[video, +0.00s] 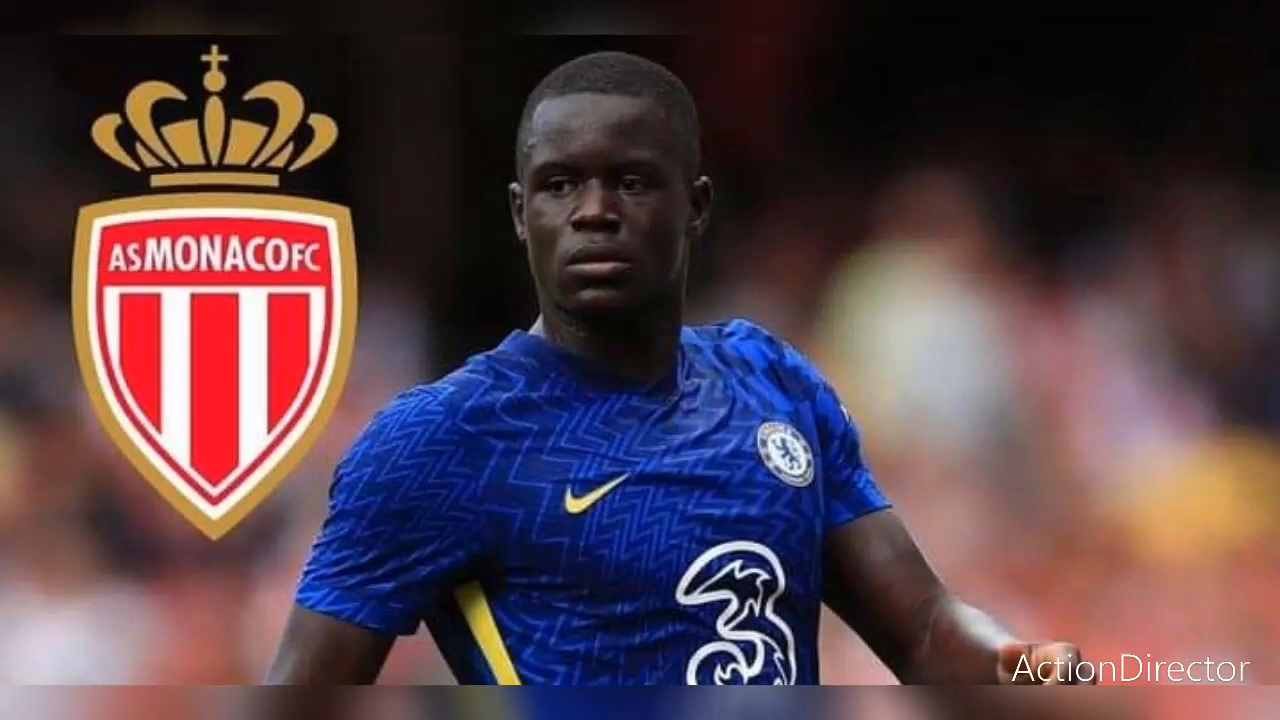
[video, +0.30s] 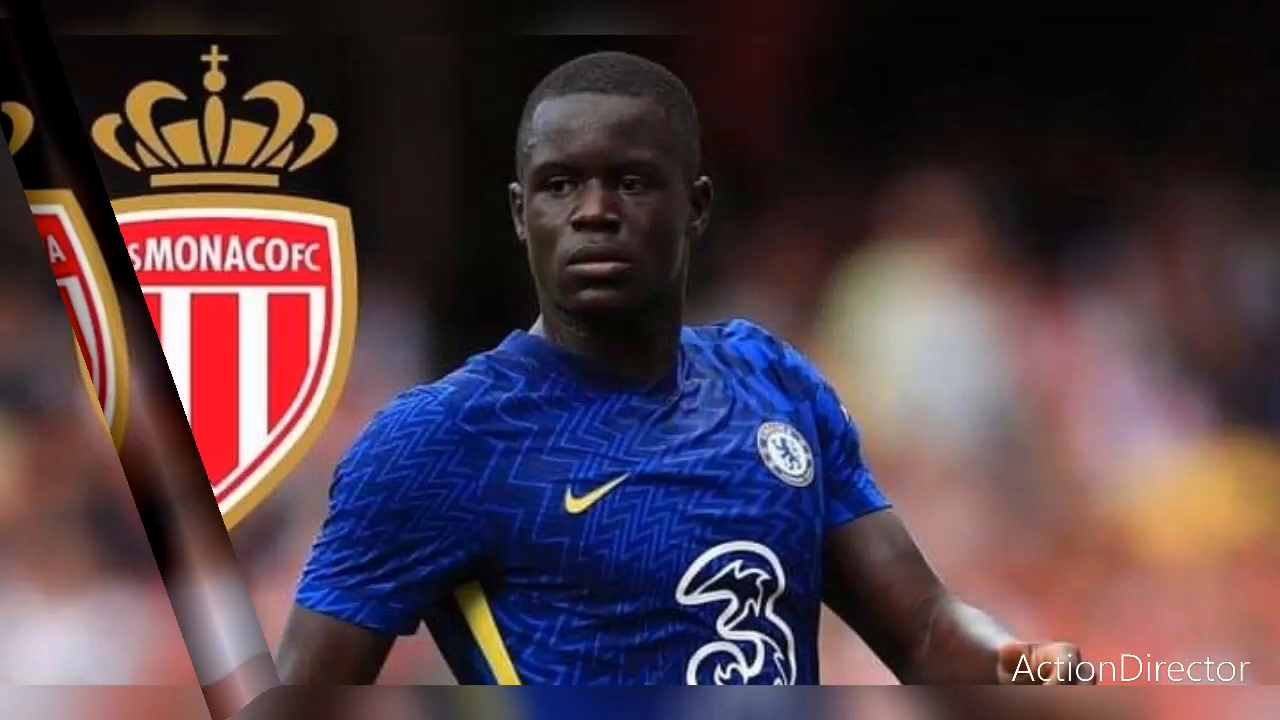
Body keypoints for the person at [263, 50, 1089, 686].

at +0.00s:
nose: (595, 209)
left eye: (633, 178)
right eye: (560, 181)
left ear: (697, 207)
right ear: (523, 215)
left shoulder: (770, 385)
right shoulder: (433, 445)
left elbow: (920, 626)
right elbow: (301, 691)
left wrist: (1018, 675)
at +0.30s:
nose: (595, 209)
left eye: (633, 179)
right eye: (560, 182)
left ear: (697, 211)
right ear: (522, 216)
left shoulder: (772, 386)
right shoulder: (431, 445)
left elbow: (923, 630)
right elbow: (303, 694)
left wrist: (1017, 673)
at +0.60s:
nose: (596, 209)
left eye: (634, 179)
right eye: (561, 181)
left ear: (697, 210)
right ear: (523, 214)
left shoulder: (772, 385)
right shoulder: (432, 440)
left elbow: (921, 626)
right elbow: (304, 688)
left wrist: (1016, 671)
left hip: (771, 709)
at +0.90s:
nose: (594, 210)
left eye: (631, 180)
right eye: (563, 181)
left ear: (697, 207)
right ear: (525, 203)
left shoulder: (774, 389)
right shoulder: (435, 442)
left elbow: (920, 626)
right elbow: (301, 691)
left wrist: (1015, 670)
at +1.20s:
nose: (596, 209)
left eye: (634, 178)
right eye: (560, 181)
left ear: (697, 206)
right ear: (523, 217)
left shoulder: (767, 380)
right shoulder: (435, 443)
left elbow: (890, 601)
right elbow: (302, 689)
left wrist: (1000, 663)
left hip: (783, 707)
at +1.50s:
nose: (595, 209)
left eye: (633, 178)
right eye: (560, 181)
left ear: (697, 209)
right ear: (522, 216)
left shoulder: (771, 385)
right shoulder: (432, 444)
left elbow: (921, 625)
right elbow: (301, 690)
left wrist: (1023, 673)